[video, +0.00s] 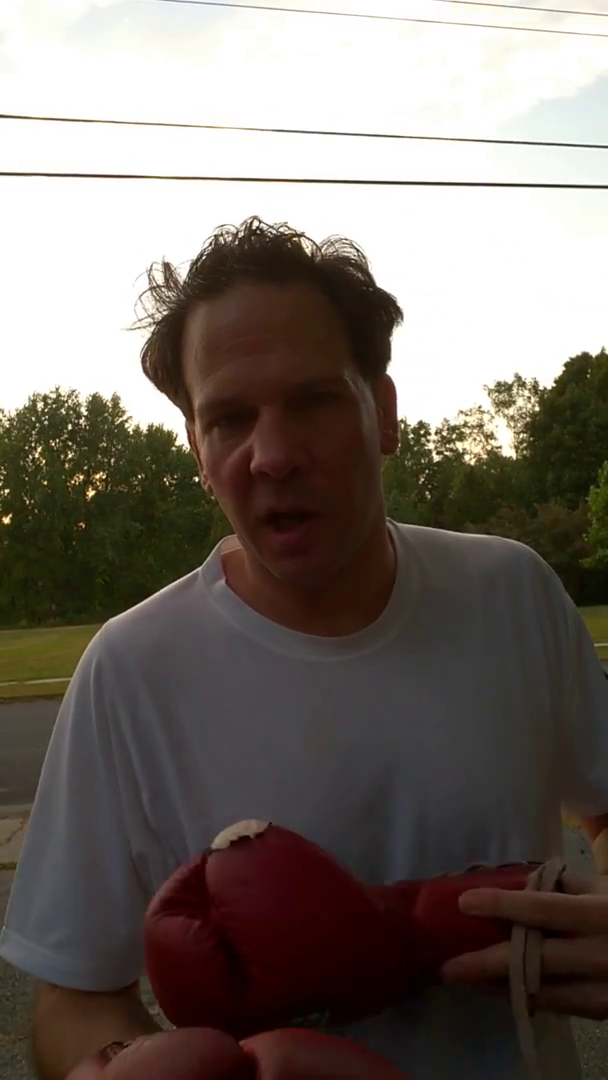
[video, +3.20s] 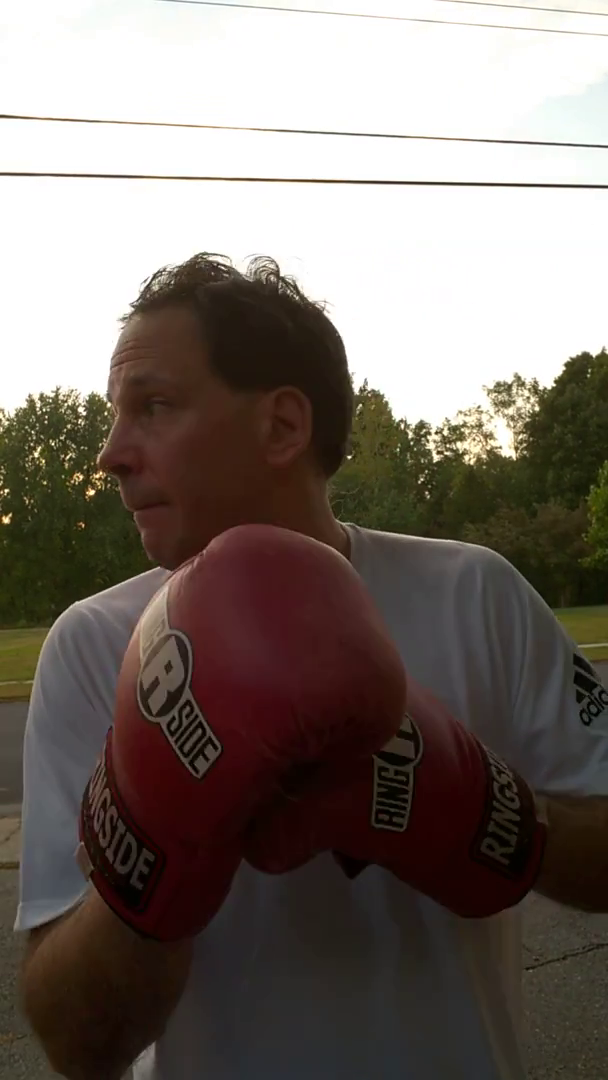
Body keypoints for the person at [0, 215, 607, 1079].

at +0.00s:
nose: (273, 455)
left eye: (313, 401)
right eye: (230, 419)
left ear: (384, 415)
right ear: (199, 455)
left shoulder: (514, 596)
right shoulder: (130, 670)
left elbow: (603, 813)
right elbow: (76, 993)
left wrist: (597, 935)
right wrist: (133, 1056)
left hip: (510, 1063)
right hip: (259, 1070)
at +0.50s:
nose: (300, 467)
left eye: (336, 418)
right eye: (255, 426)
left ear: (389, 423)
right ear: (201, 450)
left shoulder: (512, 600)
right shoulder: (125, 666)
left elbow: (605, 791)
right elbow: (53, 945)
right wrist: (111, 969)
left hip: (518, 1064)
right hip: (247, 1070)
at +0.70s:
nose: (389, 543)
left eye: (417, 489)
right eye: (339, 499)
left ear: (437, 446)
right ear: (231, 464)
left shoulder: (503, 601)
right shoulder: (126, 667)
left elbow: (601, 790)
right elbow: (43, 977)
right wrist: (75, 927)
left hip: (524, 1064)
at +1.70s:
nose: (304, 468)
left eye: (340, 415)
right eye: (260, 430)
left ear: (400, 418)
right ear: (219, 451)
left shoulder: (514, 606)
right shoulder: (138, 652)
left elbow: (596, 807)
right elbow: (47, 975)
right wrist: (99, 901)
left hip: (514, 1064)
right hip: (253, 1066)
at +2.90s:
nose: (237, 445)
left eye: (279, 396)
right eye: (206, 412)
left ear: (364, 421)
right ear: (188, 447)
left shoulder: (491, 601)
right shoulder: (116, 641)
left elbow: (607, 842)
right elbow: (81, 1036)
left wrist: (495, 818)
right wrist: (145, 865)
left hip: (486, 1061)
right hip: (228, 1069)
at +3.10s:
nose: (144, 451)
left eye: (186, 403)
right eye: (140, 416)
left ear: (314, 419)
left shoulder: (484, 597)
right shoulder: (104, 641)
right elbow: (91, 1038)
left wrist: (503, 813)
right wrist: (163, 868)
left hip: (469, 1060)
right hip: (215, 1068)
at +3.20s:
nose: (111, 456)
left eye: (154, 404)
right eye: (117, 415)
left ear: (283, 426)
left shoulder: (477, 599)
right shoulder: (94, 645)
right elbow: (78, 1043)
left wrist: (477, 816)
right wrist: (159, 834)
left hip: (460, 1062)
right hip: (210, 1068)